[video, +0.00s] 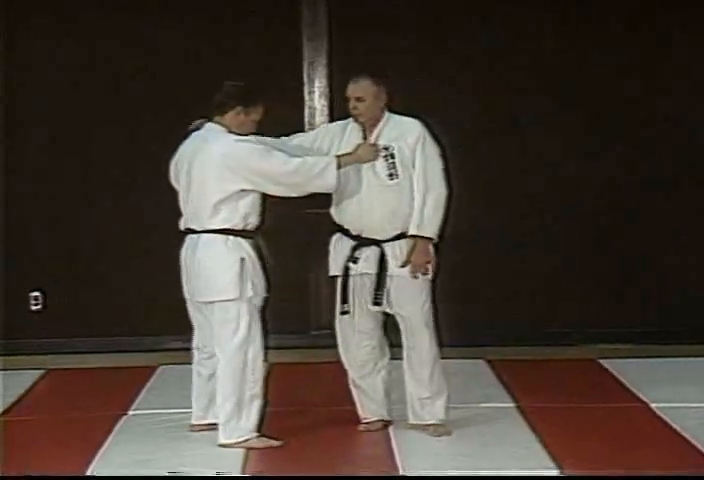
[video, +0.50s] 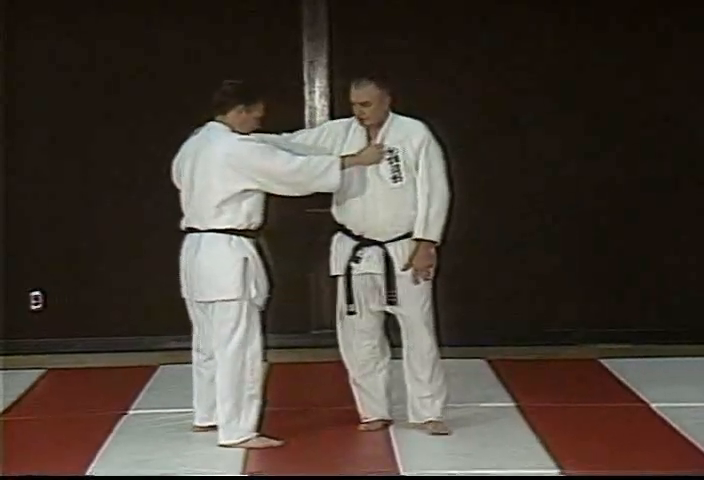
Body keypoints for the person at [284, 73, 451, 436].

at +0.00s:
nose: (353, 107)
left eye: (360, 100)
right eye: (349, 101)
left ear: (382, 100)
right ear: (346, 102)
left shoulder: (411, 133)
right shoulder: (337, 134)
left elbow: (434, 188)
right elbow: (290, 146)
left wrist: (424, 240)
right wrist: (244, 145)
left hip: (404, 247)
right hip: (353, 249)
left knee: (418, 332)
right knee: (358, 333)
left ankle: (428, 414)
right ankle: (372, 413)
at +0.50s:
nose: (360, 112)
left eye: (367, 105)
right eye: (355, 106)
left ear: (386, 101)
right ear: (350, 105)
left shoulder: (415, 135)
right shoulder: (340, 132)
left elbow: (436, 191)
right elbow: (292, 143)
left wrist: (427, 244)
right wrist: (244, 142)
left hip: (405, 248)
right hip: (353, 248)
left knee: (418, 334)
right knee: (359, 335)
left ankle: (429, 413)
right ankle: (373, 413)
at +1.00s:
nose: (365, 112)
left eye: (372, 106)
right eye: (360, 106)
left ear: (391, 102)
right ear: (355, 104)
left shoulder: (419, 137)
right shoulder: (344, 133)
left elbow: (438, 193)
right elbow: (295, 144)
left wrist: (429, 246)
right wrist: (243, 140)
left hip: (408, 247)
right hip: (357, 247)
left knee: (419, 327)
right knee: (360, 327)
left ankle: (429, 408)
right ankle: (372, 407)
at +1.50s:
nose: (366, 112)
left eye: (372, 106)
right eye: (361, 106)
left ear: (391, 103)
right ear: (356, 105)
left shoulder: (418, 137)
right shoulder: (345, 134)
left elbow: (439, 194)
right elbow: (297, 144)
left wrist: (431, 247)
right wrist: (246, 142)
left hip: (408, 248)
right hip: (358, 247)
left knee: (420, 327)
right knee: (360, 327)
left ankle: (429, 407)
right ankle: (372, 405)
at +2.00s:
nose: (358, 115)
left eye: (364, 108)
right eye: (352, 109)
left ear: (384, 102)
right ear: (348, 107)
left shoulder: (413, 136)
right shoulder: (337, 134)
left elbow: (435, 192)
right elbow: (290, 144)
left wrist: (431, 244)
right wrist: (242, 146)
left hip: (407, 246)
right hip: (356, 249)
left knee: (421, 327)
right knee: (359, 326)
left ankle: (428, 407)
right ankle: (370, 405)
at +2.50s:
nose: (370, 113)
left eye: (377, 106)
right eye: (366, 107)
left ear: (397, 104)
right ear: (361, 106)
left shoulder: (416, 138)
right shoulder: (351, 131)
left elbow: (393, 189)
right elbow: (302, 135)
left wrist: (339, 209)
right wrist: (245, 127)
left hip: (409, 247)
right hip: (361, 246)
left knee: (423, 332)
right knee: (361, 330)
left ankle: (435, 411)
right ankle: (373, 406)